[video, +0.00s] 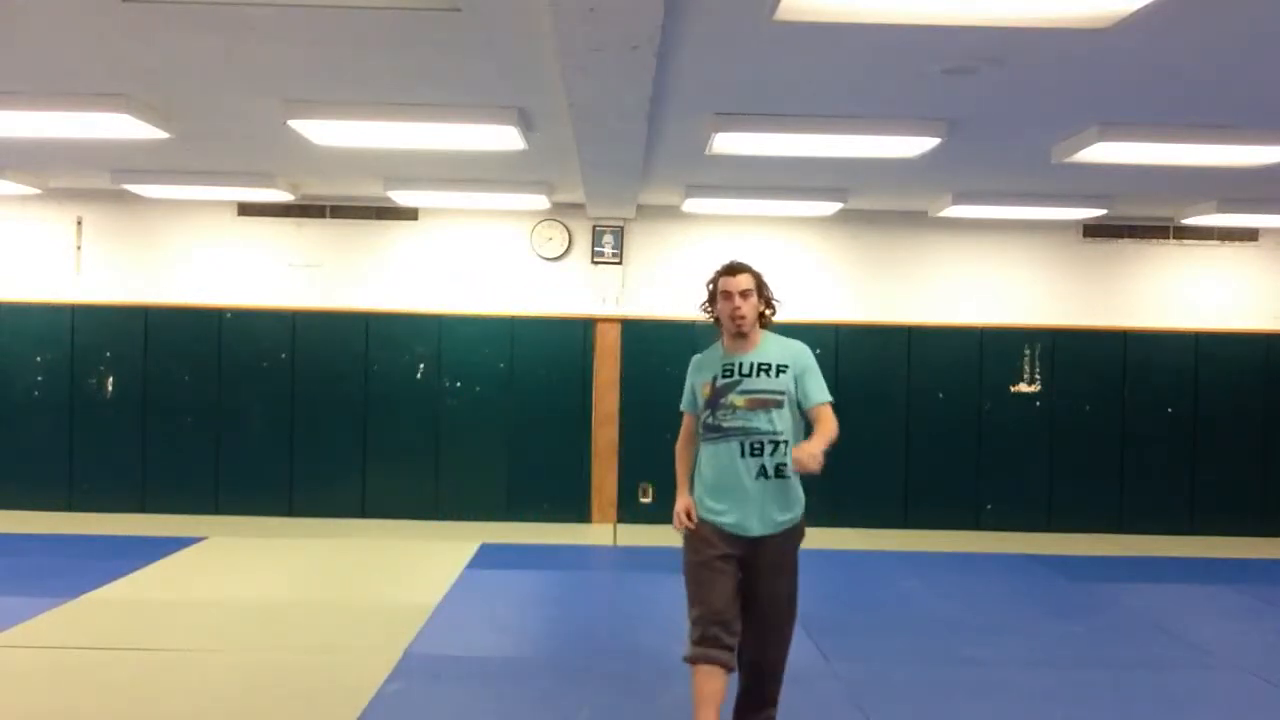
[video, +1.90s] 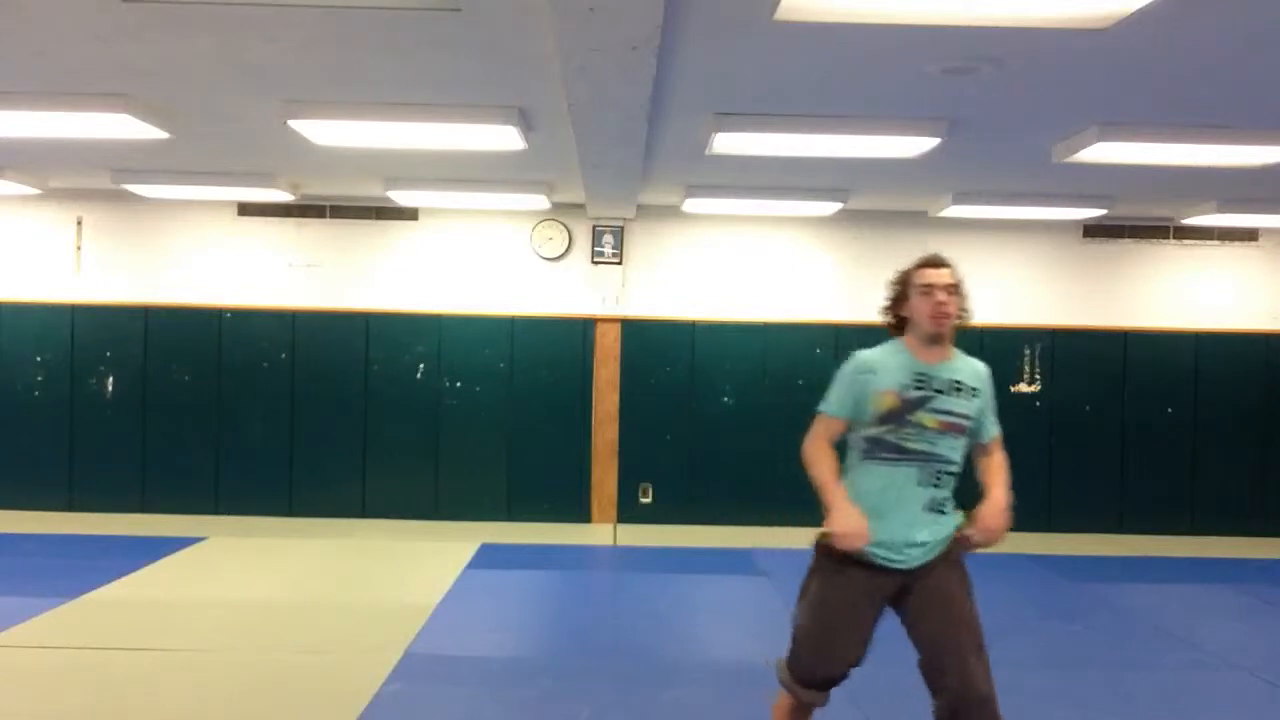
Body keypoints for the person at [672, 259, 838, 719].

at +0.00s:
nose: (737, 305)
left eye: (745, 294)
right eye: (727, 297)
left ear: (762, 301)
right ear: (715, 306)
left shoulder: (795, 355)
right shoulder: (701, 364)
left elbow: (826, 420)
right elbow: (688, 435)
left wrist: (814, 446)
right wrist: (682, 491)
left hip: (776, 523)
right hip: (711, 521)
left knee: (768, 647)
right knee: (711, 637)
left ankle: (756, 716)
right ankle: (706, 718)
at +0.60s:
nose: (721, 292)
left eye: (731, 281)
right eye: (710, 283)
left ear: (750, 290)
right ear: (699, 295)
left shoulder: (786, 342)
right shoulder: (689, 356)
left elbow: (815, 419)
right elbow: (682, 434)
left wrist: (769, 403)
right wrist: (679, 504)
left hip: (771, 524)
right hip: (704, 526)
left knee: (775, 652)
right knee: (709, 655)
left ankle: (788, 718)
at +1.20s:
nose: (754, 287)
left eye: (765, 278)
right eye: (743, 278)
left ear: (783, 289)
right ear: (731, 293)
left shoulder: (816, 338)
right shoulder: (726, 360)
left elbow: (859, 413)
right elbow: (733, 439)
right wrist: (728, 509)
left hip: (815, 528)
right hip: (749, 531)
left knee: (810, 671)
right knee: (762, 672)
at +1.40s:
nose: (780, 288)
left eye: (791, 279)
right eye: (770, 279)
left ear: (806, 290)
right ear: (753, 292)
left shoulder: (841, 348)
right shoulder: (741, 361)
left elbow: (881, 426)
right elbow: (739, 439)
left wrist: (876, 508)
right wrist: (734, 505)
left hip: (835, 535)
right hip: (763, 535)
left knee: (850, 668)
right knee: (766, 668)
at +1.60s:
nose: (829, 288)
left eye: (839, 280)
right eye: (817, 278)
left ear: (851, 293)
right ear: (796, 291)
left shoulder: (880, 355)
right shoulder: (770, 360)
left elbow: (911, 430)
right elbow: (751, 436)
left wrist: (903, 505)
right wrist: (745, 506)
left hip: (861, 535)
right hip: (783, 536)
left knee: (903, 671)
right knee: (776, 669)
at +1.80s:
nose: (900, 299)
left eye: (909, 290)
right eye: (887, 290)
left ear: (919, 303)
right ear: (863, 302)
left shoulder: (943, 370)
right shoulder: (826, 368)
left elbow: (958, 443)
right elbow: (786, 441)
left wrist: (957, 504)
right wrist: (795, 509)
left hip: (910, 548)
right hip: (828, 547)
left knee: (950, 676)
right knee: (794, 677)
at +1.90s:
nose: (942, 301)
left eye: (950, 292)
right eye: (928, 292)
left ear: (960, 304)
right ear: (904, 305)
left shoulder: (976, 375)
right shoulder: (867, 366)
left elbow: (989, 450)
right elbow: (817, 442)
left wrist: (996, 501)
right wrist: (839, 506)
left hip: (934, 557)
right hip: (853, 554)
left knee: (971, 696)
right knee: (810, 682)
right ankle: (794, 708)